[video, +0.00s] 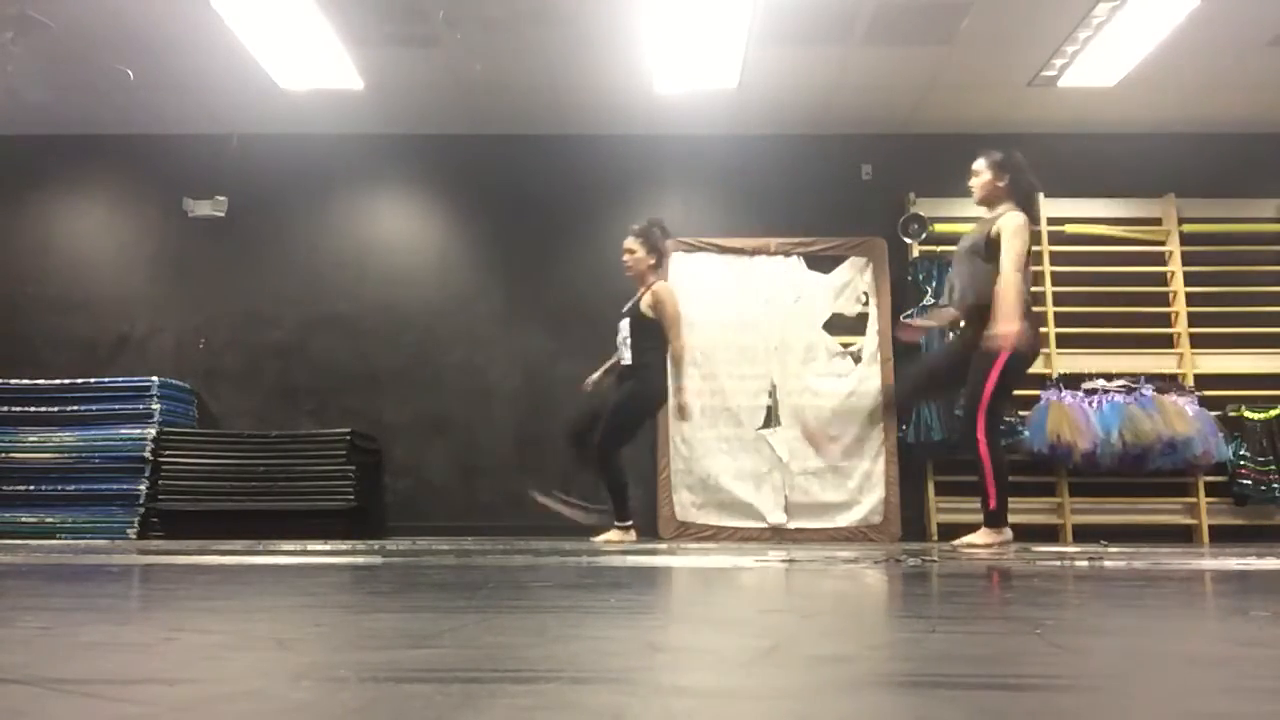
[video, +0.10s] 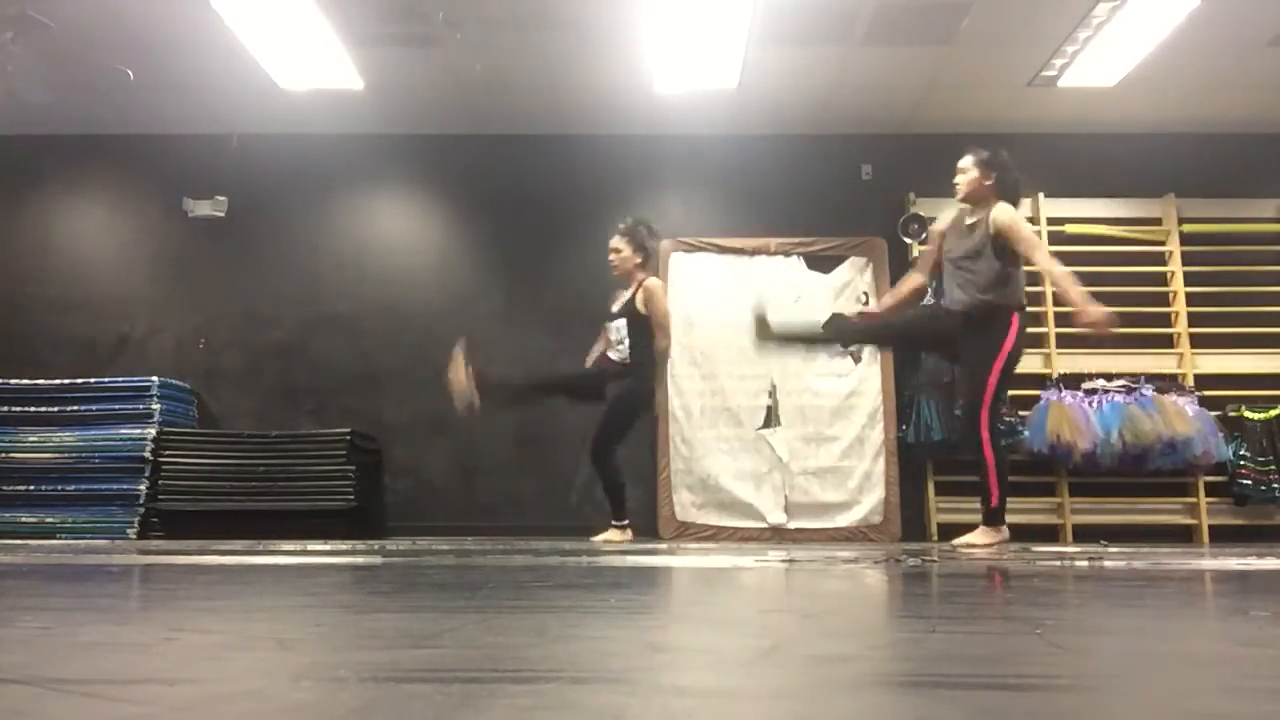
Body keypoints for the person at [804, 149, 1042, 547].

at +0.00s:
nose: (970, 182)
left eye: (977, 175)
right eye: (971, 175)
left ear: (1001, 180)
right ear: (989, 182)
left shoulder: (1013, 220)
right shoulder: (984, 227)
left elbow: (1012, 272)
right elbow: (966, 302)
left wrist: (1007, 318)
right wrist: (923, 324)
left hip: (1005, 337)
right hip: (978, 336)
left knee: (980, 418)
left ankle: (996, 527)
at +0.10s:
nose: (955, 177)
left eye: (963, 171)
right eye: (957, 171)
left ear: (988, 180)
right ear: (970, 180)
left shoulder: (1002, 218)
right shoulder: (950, 220)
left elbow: (1045, 260)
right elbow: (921, 274)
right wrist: (878, 309)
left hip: (997, 325)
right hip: (956, 320)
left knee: (978, 416)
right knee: (888, 326)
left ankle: (994, 524)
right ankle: (797, 334)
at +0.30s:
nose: (970, 192)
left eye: (976, 185)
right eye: (962, 187)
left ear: (991, 193)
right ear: (952, 197)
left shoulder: (1016, 236)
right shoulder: (944, 236)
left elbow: (1049, 277)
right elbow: (893, 276)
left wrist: (1054, 325)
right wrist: (841, 304)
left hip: (952, 343)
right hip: (917, 316)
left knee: (971, 425)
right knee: (829, 322)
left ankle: (950, 526)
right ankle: (746, 316)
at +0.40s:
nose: (999, 207)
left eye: (997, 202)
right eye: (990, 205)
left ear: (995, 221)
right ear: (972, 223)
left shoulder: (1000, 262)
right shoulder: (965, 254)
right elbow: (907, 287)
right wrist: (852, 316)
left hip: (940, 353)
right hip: (908, 330)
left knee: (969, 432)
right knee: (826, 364)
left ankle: (946, 529)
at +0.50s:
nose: (1003, 236)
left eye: (999, 230)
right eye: (994, 231)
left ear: (987, 245)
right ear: (973, 244)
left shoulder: (984, 289)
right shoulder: (962, 277)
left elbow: (970, 349)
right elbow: (907, 308)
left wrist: (978, 389)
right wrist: (865, 342)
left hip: (914, 366)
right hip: (882, 349)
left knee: (957, 431)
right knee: (819, 400)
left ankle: (946, 527)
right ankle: (742, 448)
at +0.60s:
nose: (979, 242)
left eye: (976, 237)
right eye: (968, 237)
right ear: (946, 247)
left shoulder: (948, 287)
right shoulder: (932, 272)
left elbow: (929, 347)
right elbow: (885, 307)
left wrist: (937, 390)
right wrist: (855, 356)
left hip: (892, 372)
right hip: (860, 355)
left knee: (948, 433)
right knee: (808, 431)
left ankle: (945, 529)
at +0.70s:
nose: (935, 237)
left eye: (936, 231)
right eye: (927, 229)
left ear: (931, 241)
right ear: (903, 230)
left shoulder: (907, 286)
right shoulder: (874, 253)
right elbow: (827, 290)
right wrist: (819, 345)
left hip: (871, 365)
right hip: (830, 353)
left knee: (924, 433)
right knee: (784, 439)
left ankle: (941, 528)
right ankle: (766, 526)